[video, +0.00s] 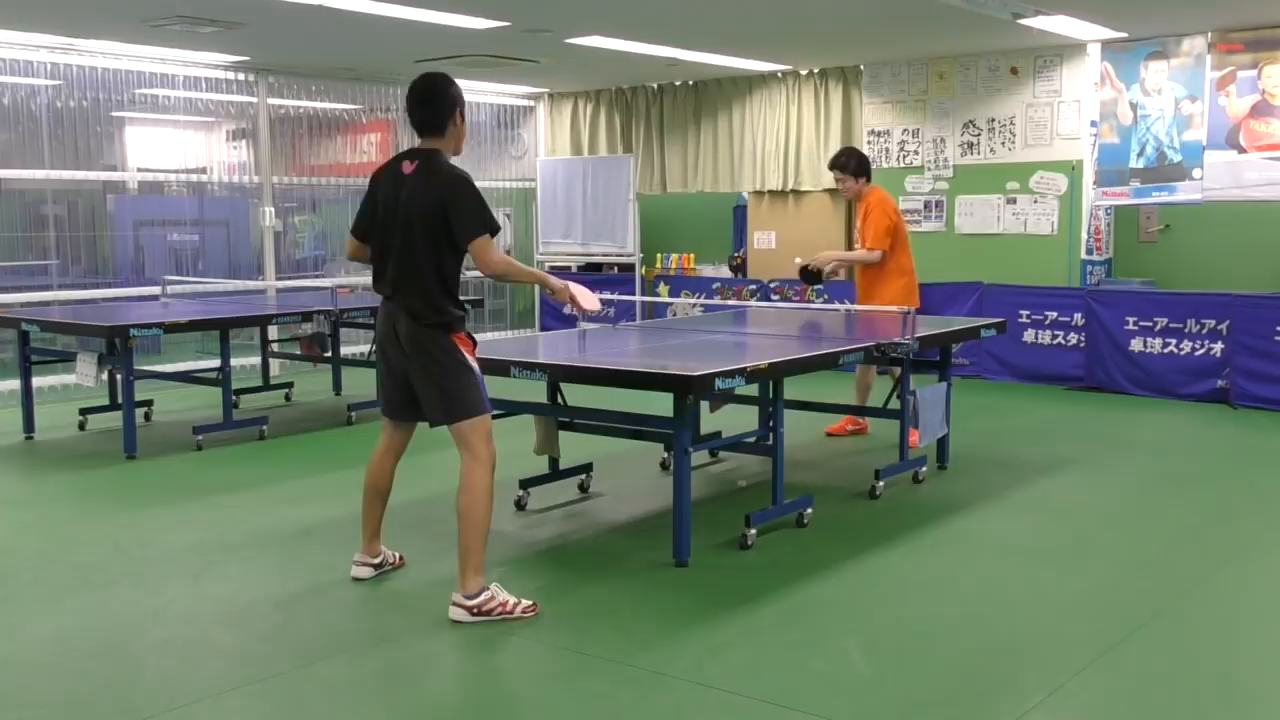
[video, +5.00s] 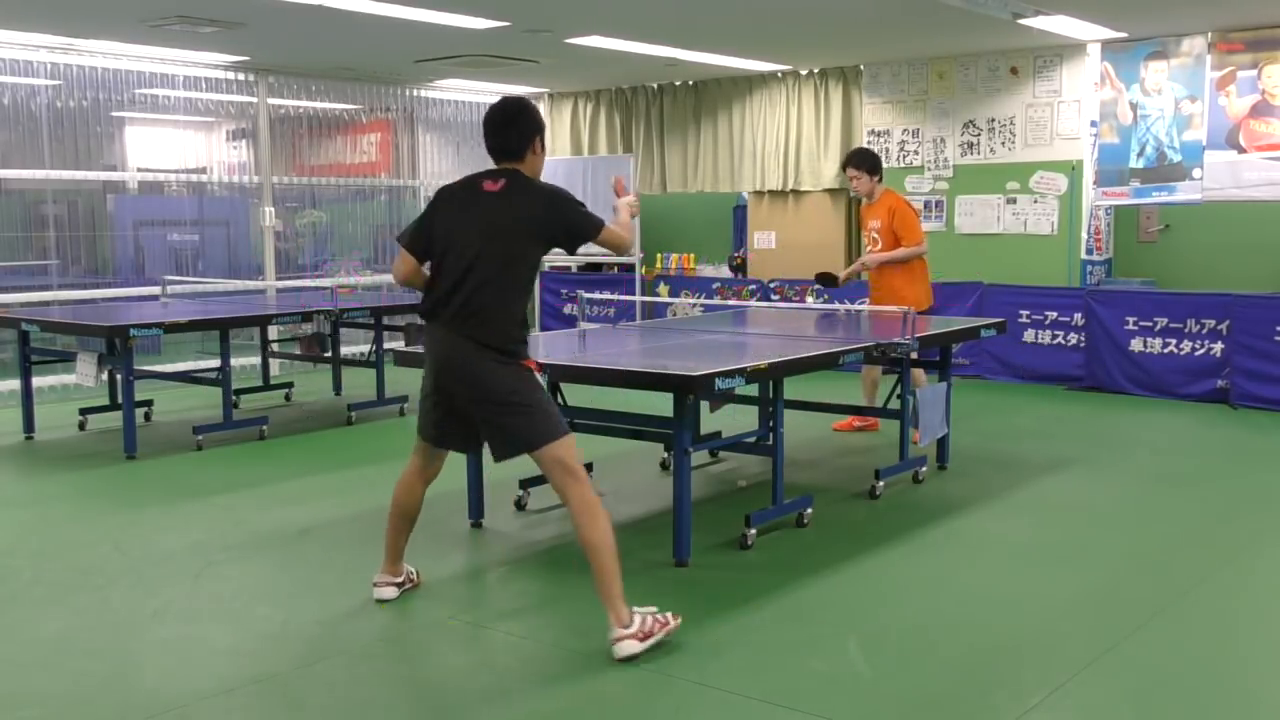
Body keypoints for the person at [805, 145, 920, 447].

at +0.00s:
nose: (839, 187)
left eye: (843, 181)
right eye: (837, 181)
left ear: (861, 177)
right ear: (844, 178)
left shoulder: (879, 203)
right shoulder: (864, 203)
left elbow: (875, 254)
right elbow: (867, 250)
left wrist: (834, 256)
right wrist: (842, 264)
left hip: (893, 298)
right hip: (872, 297)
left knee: (893, 360)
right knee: (867, 356)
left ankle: (916, 420)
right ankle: (858, 417)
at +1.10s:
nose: (849, 189)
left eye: (853, 182)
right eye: (846, 183)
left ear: (872, 176)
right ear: (848, 181)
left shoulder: (894, 204)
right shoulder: (868, 204)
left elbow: (912, 248)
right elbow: (870, 244)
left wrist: (879, 264)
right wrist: (848, 253)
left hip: (899, 298)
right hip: (874, 297)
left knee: (905, 362)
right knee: (868, 356)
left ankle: (913, 423)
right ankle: (859, 414)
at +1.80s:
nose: (843, 187)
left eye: (848, 181)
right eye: (841, 182)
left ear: (865, 179)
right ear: (848, 182)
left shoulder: (892, 205)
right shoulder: (856, 213)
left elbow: (916, 246)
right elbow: (848, 256)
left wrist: (883, 261)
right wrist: (823, 273)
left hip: (903, 298)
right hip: (872, 299)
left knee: (912, 360)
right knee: (868, 355)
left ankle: (923, 422)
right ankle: (867, 413)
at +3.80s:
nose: (852, 173)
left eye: (857, 166)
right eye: (848, 167)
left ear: (874, 168)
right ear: (845, 171)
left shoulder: (897, 197)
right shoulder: (847, 207)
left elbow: (918, 237)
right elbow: (835, 249)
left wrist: (887, 245)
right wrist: (823, 239)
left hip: (900, 295)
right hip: (864, 297)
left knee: (911, 358)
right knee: (865, 356)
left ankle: (920, 419)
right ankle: (867, 414)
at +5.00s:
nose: (853, 185)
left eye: (857, 179)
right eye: (850, 179)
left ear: (874, 176)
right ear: (850, 179)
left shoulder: (897, 205)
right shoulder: (866, 208)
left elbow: (919, 247)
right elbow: (876, 250)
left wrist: (878, 258)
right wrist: (852, 270)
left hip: (908, 300)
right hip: (880, 298)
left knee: (909, 360)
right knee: (871, 356)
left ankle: (928, 419)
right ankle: (868, 414)